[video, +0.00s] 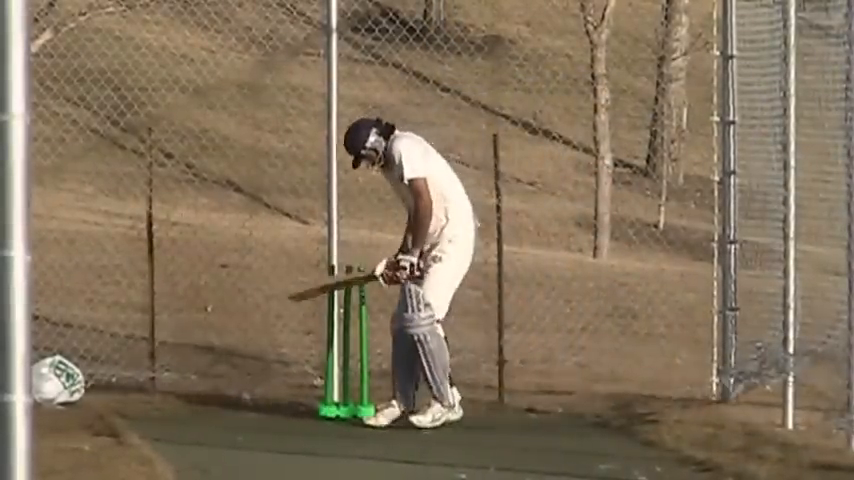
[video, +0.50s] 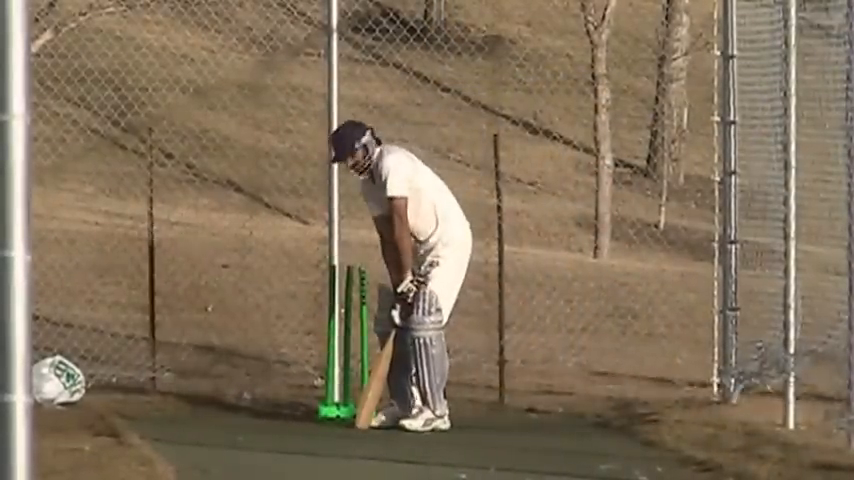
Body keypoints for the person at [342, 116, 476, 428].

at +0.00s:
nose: (368, 163)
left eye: (367, 156)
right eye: (363, 159)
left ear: (376, 143)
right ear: (373, 146)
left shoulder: (404, 149)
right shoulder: (393, 157)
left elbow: (424, 203)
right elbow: (415, 210)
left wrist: (413, 253)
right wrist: (401, 255)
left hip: (451, 239)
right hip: (431, 242)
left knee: (419, 317)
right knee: (403, 321)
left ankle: (446, 401)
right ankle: (403, 402)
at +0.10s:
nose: (360, 168)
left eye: (359, 161)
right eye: (356, 164)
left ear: (368, 148)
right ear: (364, 153)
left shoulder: (395, 152)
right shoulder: (382, 165)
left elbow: (413, 206)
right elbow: (403, 217)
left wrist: (412, 256)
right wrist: (401, 267)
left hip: (449, 237)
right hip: (426, 241)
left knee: (424, 317)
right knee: (401, 318)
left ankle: (435, 406)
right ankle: (404, 403)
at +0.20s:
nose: (353, 178)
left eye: (351, 171)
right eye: (348, 174)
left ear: (361, 158)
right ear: (359, 161)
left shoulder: (391, 157)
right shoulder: (377, 176)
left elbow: (404, 217)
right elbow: (394, 231)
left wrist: (409, 271)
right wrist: (400, 283)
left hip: (448, 240)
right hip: (423, 244)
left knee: (427, 321)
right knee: (405, 321)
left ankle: (434, 408)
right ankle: (405, 403)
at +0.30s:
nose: (351, 182)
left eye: (349, 175)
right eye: (346, 178)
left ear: (359, 162)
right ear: (353, 168)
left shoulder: (387, 165)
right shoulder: (372, 187)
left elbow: (399, 225)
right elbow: (388, 238)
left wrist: (410, 276)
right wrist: (401, 283)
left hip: (449, 242)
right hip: (422, 247)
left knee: (427, 320)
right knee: (401, 322)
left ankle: (434, 409)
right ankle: (405, 404)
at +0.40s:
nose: (349, 180)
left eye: (349, 172)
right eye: (345, 175)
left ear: (360, 160)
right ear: (354, 164)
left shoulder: (388, 166)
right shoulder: (371, 186)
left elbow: (399, 225)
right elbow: (386, 237)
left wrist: (408, 276)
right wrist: (399, 282)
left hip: (448, 243)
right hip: (420, 248)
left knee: (426, 320)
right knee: (395, 323)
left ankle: (434, 410)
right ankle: (404, 404)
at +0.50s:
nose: (352, 164)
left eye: (354, 156)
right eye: (347, 160)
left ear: (368, 146)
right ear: (347, 158)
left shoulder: (393, 163)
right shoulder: (369, 182)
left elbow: (401, 224)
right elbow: (385, 236)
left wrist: (407, 278)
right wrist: (399, 287)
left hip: (447, 243)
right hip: (418, 246)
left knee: (425, 321)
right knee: (399, 322)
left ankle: (434, 409)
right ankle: (403, 402)